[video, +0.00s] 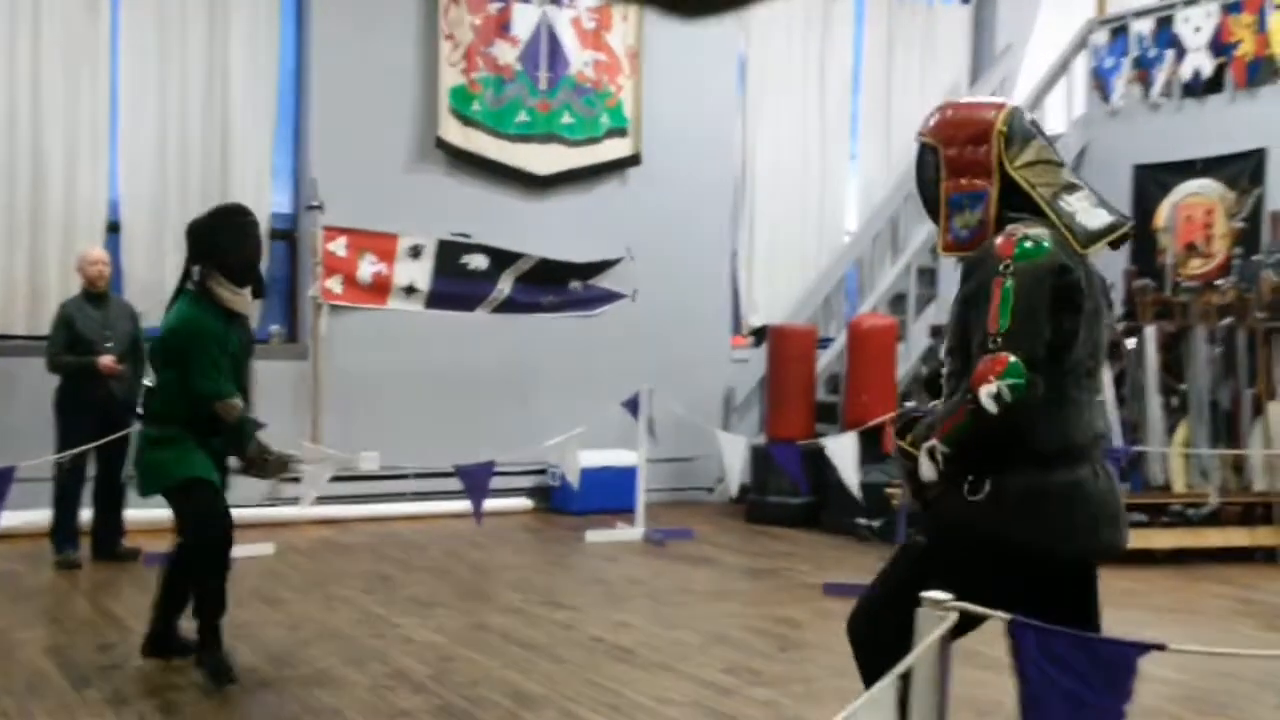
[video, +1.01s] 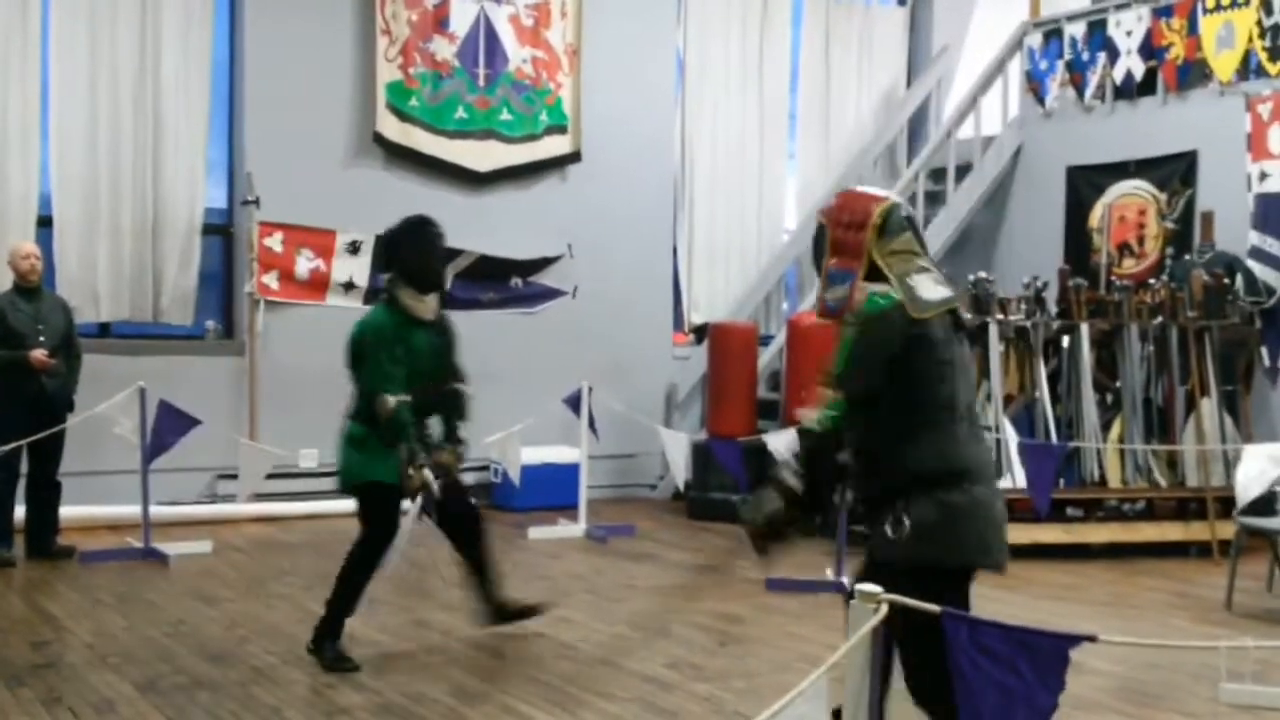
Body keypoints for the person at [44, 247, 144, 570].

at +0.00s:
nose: (100, 269)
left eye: (105, 264)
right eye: (94, 263)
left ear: (111, 269)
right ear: (81, 270)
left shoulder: (125, 311)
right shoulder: (69, 311)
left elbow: (137, 359)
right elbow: (54, 360)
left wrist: (130, 396)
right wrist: (93, 361)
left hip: (117, 404)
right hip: (77, 404)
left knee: (111, 477)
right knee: (70, 475)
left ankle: (108, 542)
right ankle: (66, 546)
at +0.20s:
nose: (73, 270)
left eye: (78, 264)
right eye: (67, 264)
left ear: (84, 271)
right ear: (53, 271)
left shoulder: (98, 311)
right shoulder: (42, 311)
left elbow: (112, 358)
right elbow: (27, 360)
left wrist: (106, 396)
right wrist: (67, 363)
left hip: (91, 406)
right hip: (50, 407)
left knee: (86, 479)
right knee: (44, 476)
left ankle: (82, 544)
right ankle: (40, 547)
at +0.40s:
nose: (46, 266)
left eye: (50, 260)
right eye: (39, 260)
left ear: (56, 266)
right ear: (25, 267)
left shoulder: (71, 308)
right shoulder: (13, 309)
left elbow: (85, 353)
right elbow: (4, 356)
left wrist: (79, 389)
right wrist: (40, 359)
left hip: (63, 403)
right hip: (22, 404)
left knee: (58, 476)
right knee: (16, 475)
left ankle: (55, 542)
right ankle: (12, 544)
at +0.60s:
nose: (31, 263)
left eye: (36, 258)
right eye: (24, 257)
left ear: (43, 264)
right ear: (11, 265)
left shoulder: (57, 306)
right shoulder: (4, 305)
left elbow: (72, 351)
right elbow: (1, 353)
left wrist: (66, 389)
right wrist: (25, 358)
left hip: (49, 404)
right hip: (10, 405)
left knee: (46, 478)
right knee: (7, 478)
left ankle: (42, 542)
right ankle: (4, 544)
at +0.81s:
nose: (31, 262)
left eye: (35, 256)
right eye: (24, 256)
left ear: (42, 263)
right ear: (11, 264)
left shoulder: (57, 304)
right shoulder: (4, 304)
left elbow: (72, 351)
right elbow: (1, 352)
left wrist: (66, 390)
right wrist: (24, 356)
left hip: (49, 403)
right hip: (9, 403)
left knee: (45, 477)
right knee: (6, 476)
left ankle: (41, 542)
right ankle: (4, 544)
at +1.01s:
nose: (33, 263)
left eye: (37, 257)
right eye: (25, 257)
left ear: (43, 264)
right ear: (11, 265)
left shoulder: (58, 306)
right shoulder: (4, 305)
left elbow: (73, 352)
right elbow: (1, 352)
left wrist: (67, 391)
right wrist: (25, 357)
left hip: (50, 404)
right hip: (10, 404)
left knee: (45, 478)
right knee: (6, 477)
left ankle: (42, 542)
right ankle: (4, 544)